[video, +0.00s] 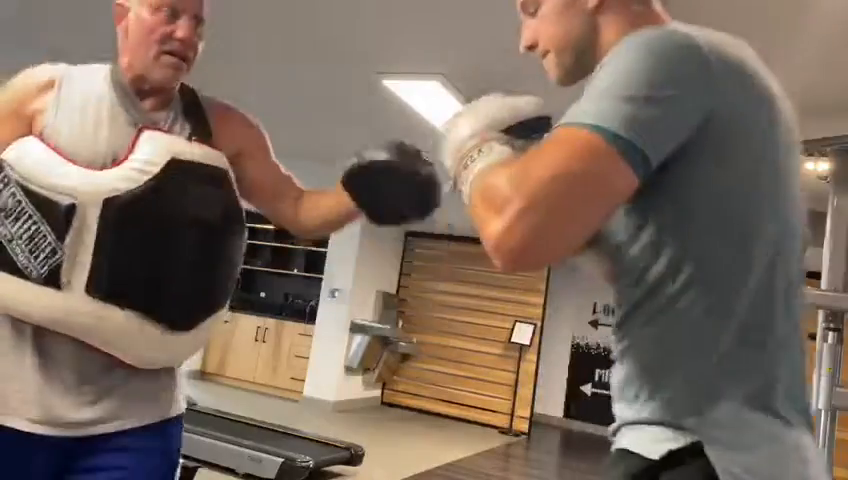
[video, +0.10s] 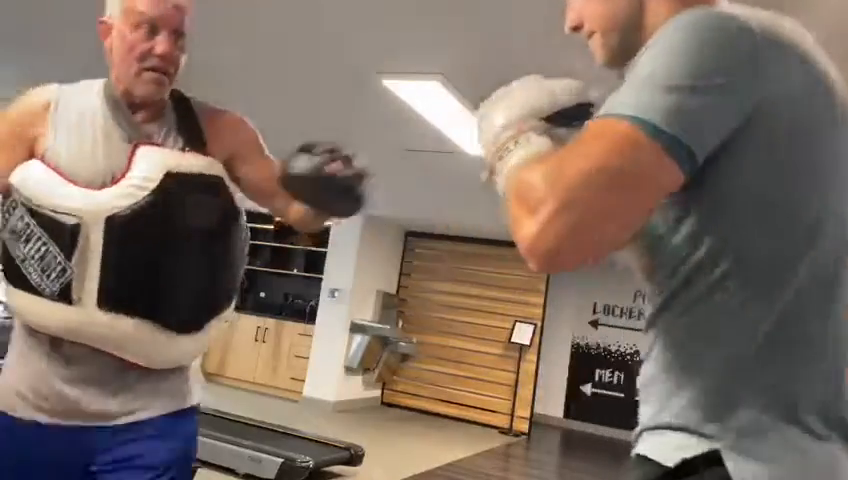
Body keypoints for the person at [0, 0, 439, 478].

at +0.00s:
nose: (185, 34)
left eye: (197, 23)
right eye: (168, 13)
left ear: (203, 38)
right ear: (122, 17)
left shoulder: (226, 130)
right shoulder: (39, 94)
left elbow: (297, 209)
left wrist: (361, 193)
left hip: (137, 415)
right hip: (20, 408)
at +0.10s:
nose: (164, 49)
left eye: (178, 37)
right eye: (148, 29)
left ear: (187, 48)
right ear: (107, 32)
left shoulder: (224, 133)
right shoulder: (37, 115)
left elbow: (296, 212)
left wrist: (327, 194)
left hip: (154, 412)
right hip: (34, 407)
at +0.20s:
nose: (168, 43)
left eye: (180, 32)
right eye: (151, 25)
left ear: (190, 46)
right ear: (112, 32)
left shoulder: (223, 128)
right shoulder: (48, 114)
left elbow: (295, 208)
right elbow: (1, 192)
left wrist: (272, 225)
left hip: (183, 383)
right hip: (66, 387)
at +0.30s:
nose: (175, 48)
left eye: (188, 37)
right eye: (160, 29)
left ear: (197, 51)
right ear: (123, 36)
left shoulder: (228, 131)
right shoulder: (61, 117)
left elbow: (287, 209)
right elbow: (1, 195)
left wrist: (275, 239)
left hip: (199, 382)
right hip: (82, 387)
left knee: (223, 473)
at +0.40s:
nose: (189, 56)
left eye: (201, 45)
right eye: (174, 39)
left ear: (211, 58)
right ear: (140, 46)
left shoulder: (245, 138)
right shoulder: (80, 125)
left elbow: (306, 214)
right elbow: (9, 209)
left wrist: (305, 231)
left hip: (209, 391)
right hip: (91, 392)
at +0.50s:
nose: (218, 64)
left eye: (231, 54)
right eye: (204, 47)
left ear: (240, 69)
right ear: (171, 56)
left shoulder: (271, 149)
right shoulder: (111, 130)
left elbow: (333, 219)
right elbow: (41, 217)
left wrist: (332, 212)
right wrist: (4, 312)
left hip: (220, 399)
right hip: (105, 393)